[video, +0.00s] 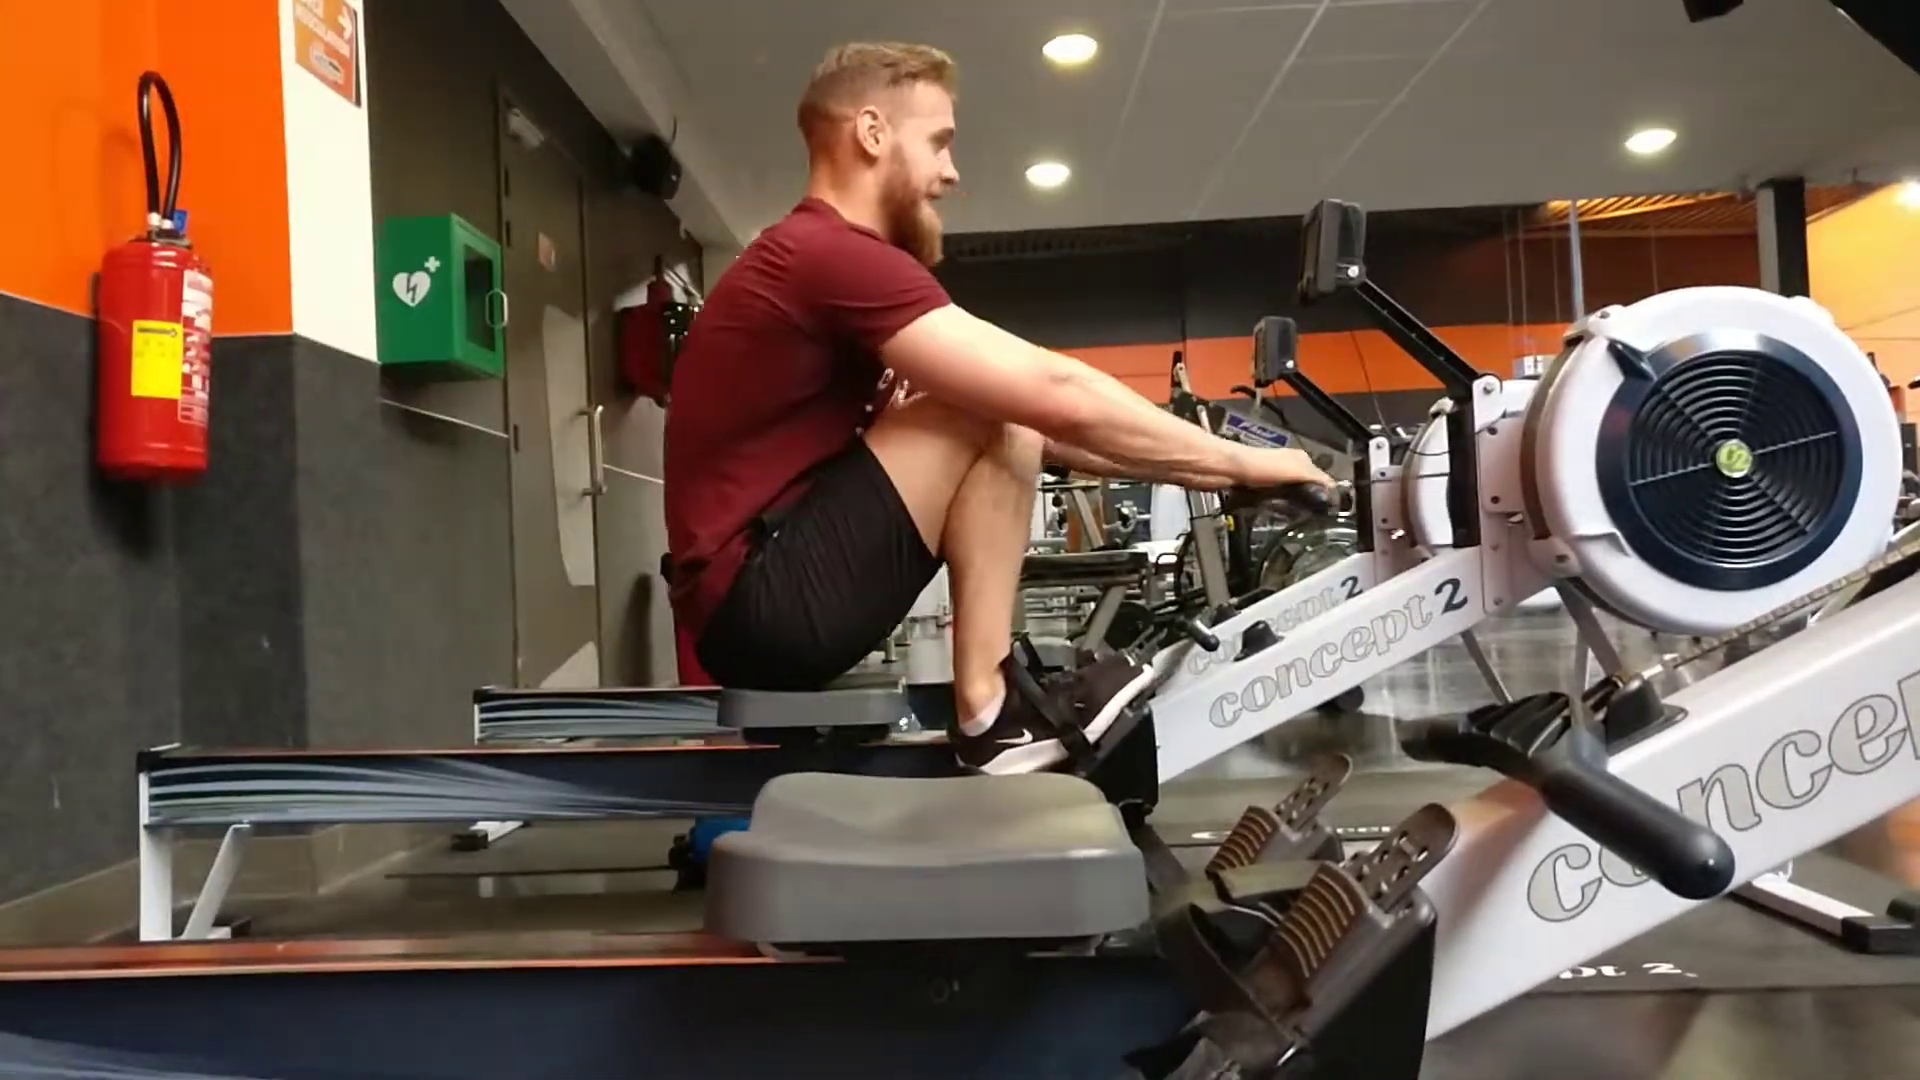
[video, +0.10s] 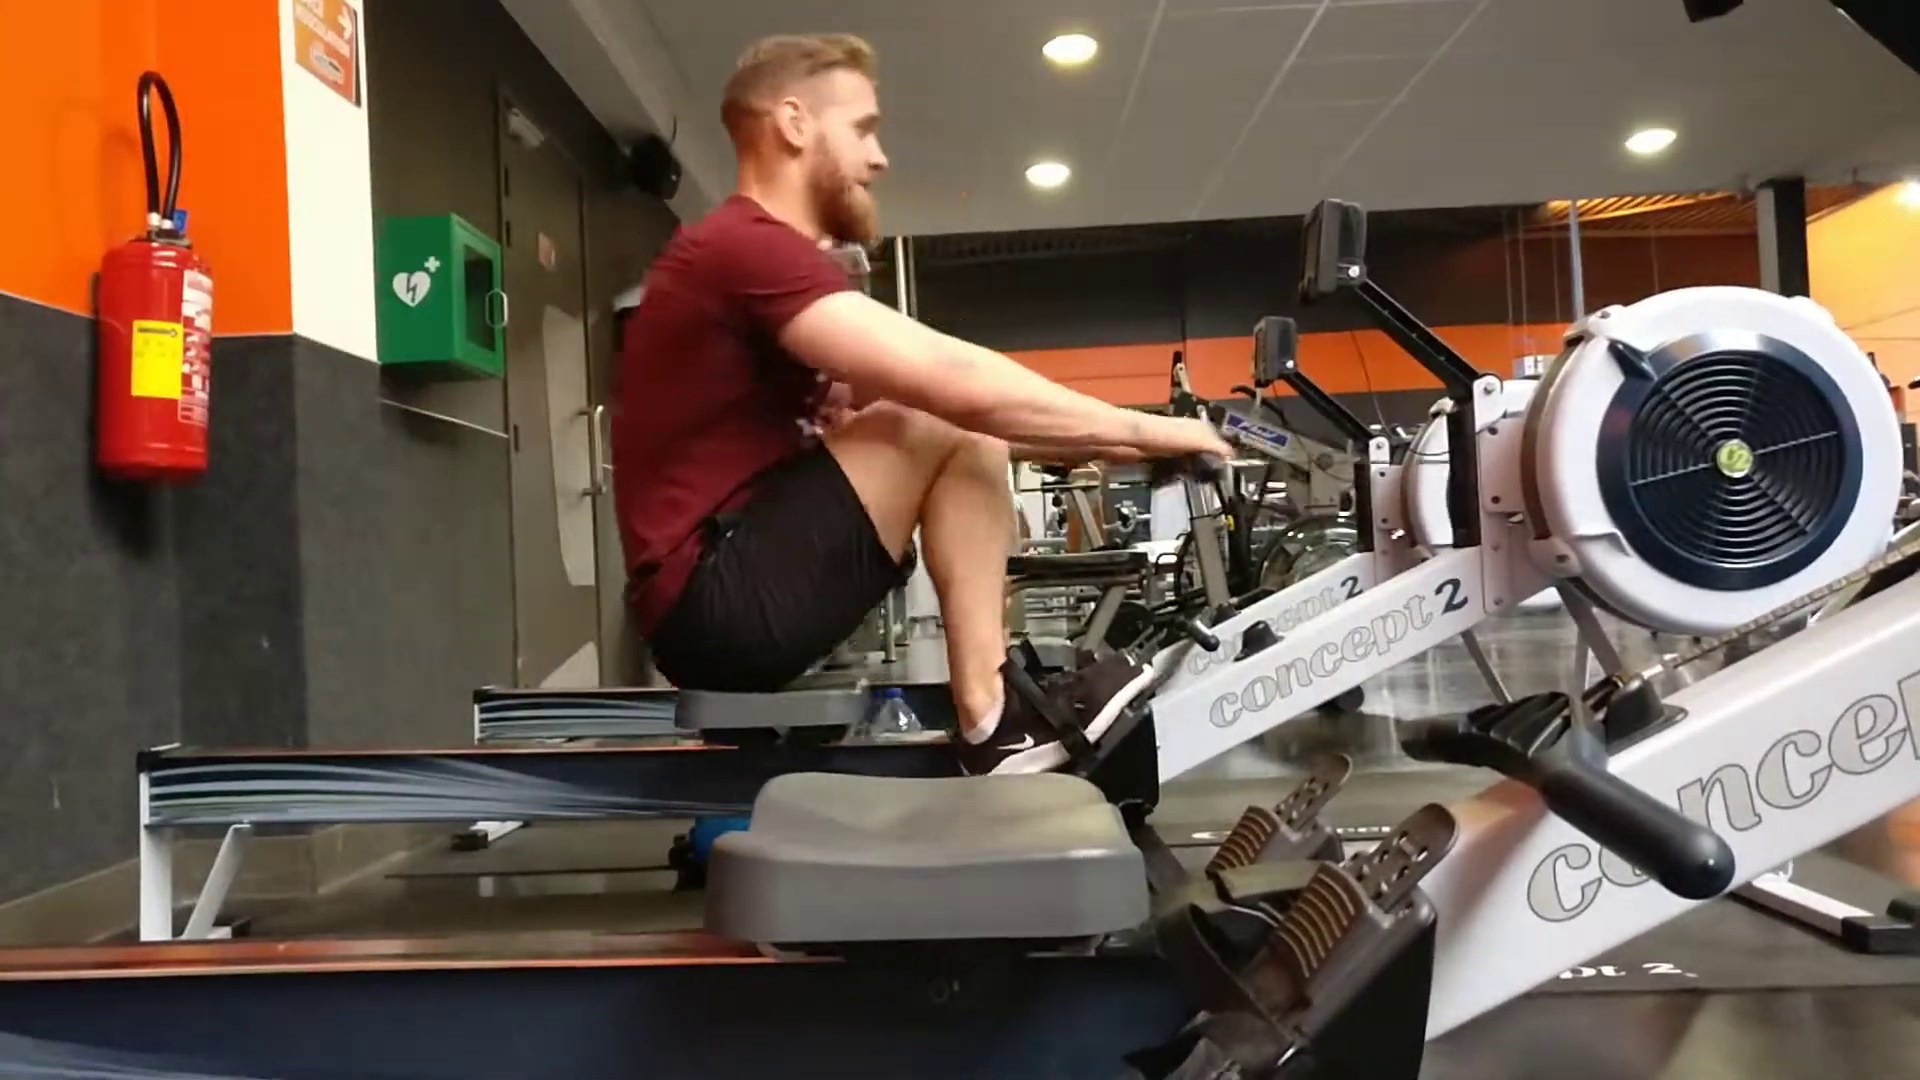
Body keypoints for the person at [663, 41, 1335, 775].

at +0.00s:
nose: (953, 172)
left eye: (951, 146)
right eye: (940, 141)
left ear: (871, 140)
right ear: (869, 134)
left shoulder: (833, 257)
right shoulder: (829, 255)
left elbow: (1038, 409)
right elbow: (1058, 395)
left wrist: (1199, 467)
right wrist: (1235, 460)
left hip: (766, 600)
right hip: (758, 608)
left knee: (1003, 419)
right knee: (991, 411)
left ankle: (992, 694)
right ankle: (982, 712)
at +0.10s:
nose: (879, 158)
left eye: (875, 132)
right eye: (863, 129)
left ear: (789, 129)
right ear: (790, 124)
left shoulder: (756, 251)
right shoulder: (745, 247)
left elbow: (949, 388)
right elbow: (962, 389)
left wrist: (1120, 435)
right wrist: (1146, 432)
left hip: (721, 598)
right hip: (714, 607)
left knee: (950, 421)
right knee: (953, 425)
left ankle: (997, 701)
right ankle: (987, 720)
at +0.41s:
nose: (452, 166)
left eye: (453, 145)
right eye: (433, 137)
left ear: (371, 140)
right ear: (346, 130)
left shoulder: (404, 283)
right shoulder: (301, 268)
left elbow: (519, 435)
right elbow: (424, 431)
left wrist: (652, 417)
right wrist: (639, 417)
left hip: (477, 583)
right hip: (425, 604)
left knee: (750, 525)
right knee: (746, 529)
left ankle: (982, 733)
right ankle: (984, 746)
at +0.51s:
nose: (415, 203)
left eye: (419, 181)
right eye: (398, 173)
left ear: (320, 159)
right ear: (311, 154)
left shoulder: (360, 306)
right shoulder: (225, 283)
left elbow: (425, 485)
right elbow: (255, 461)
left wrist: (488, 439)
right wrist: (453, 425)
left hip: (426, 584)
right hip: (360, 607)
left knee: (713, 565)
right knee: (708, 566)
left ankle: (974, 729)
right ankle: (970, 752)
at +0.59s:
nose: (452, 216)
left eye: (458, 192)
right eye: (438, 184)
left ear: (368, 165)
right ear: (353, 158)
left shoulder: (361, 302)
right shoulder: (243, 275)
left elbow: (340, 454)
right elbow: (115, 451)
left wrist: (431, 462)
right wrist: (339, 448)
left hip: (414, 584)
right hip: (356, 604)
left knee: (708, 572)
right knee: (704, 574)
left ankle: (953, 726)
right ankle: (961, 745)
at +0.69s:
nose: (510, 213)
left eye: (516, 189)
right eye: (497, 182)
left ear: (427, 166)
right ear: (415, 161)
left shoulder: (417, 302)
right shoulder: (298, 278)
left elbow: (406, 471)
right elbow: (242, 457)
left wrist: (506, 460)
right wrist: (457, 434)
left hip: (441, 593)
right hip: (381, 614)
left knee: (730, 543)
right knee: (723, 547)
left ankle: (957, 734)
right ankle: (960, 750)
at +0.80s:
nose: (589, 203)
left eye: (595, 179)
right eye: (577, 172)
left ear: (500, 159)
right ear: (493, 149)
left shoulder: (497, 308)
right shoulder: (392, 277)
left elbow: (547, 466)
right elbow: (465, 444)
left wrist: (668, 432)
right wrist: (678, 408)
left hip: (508, 596)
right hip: (445, 610)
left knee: (767, 506)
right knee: (764, 505)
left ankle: (969, 728)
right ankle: (966, 743)